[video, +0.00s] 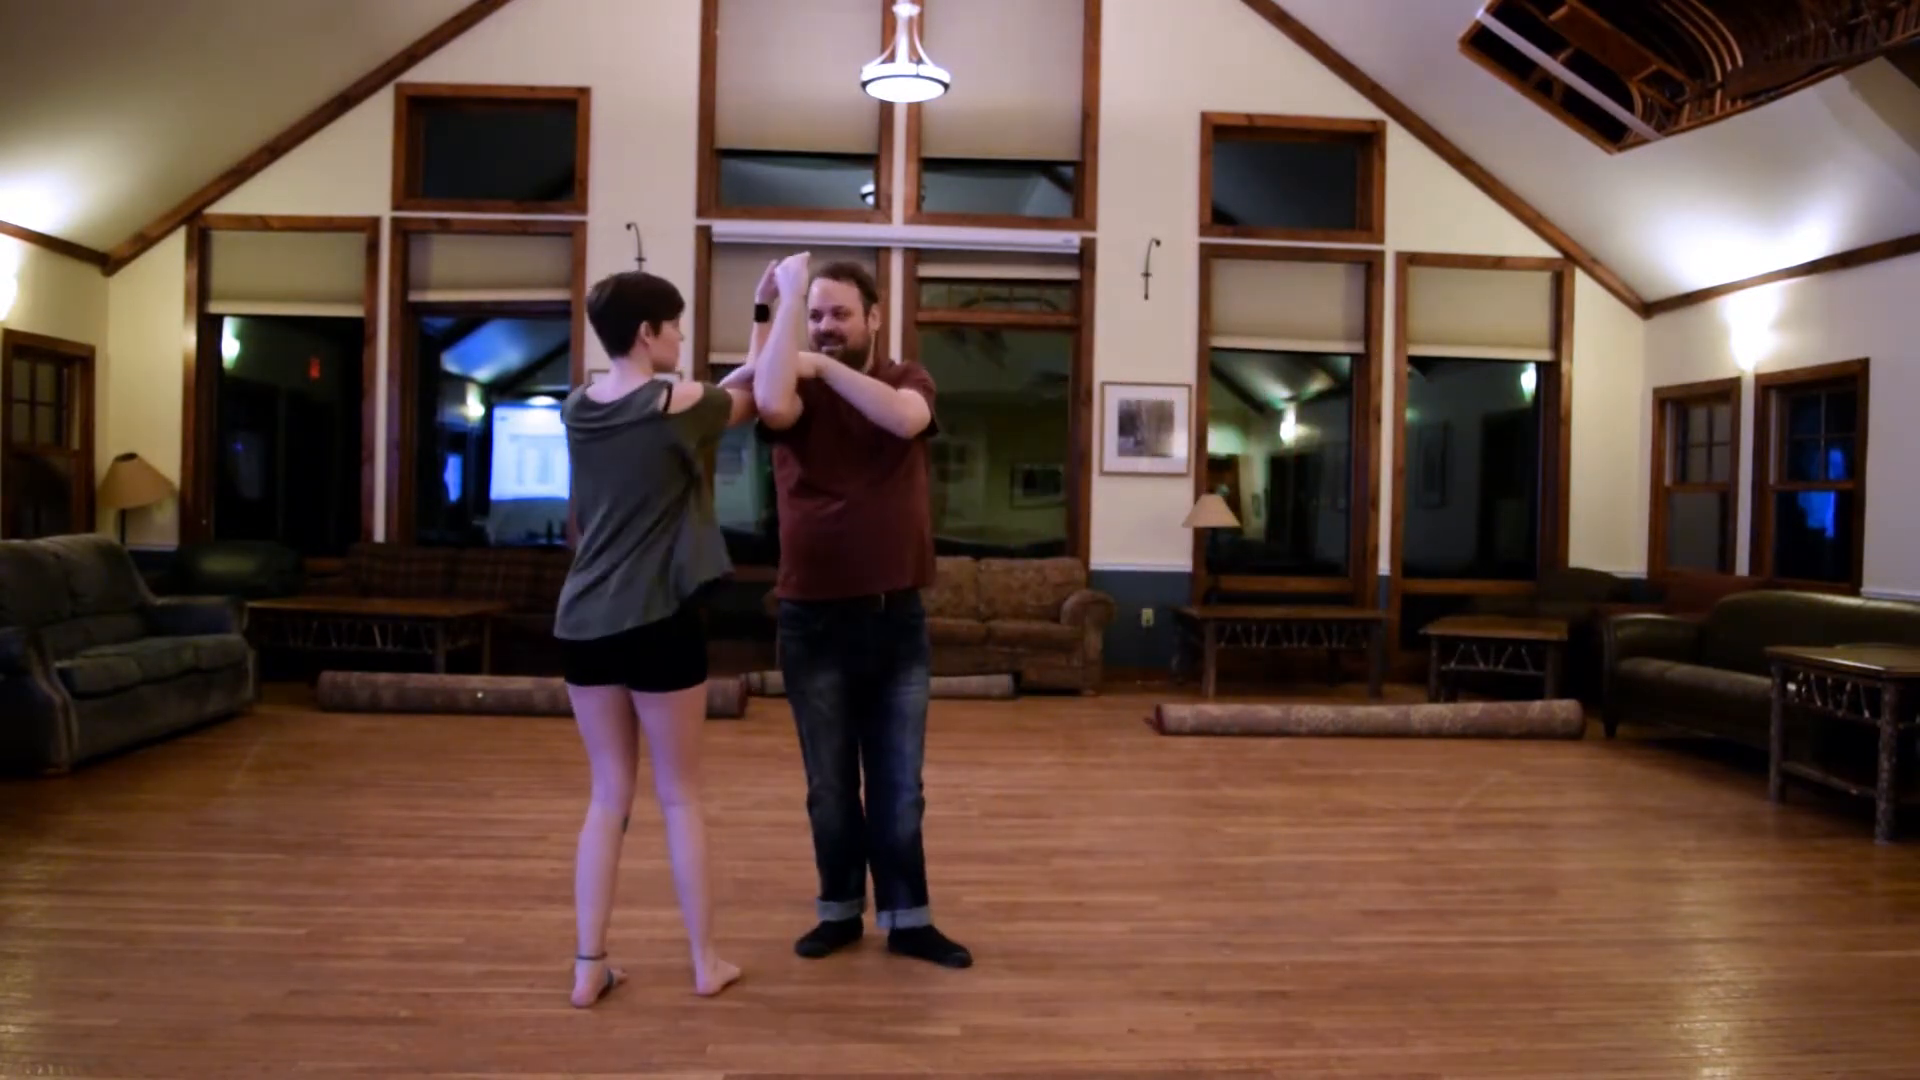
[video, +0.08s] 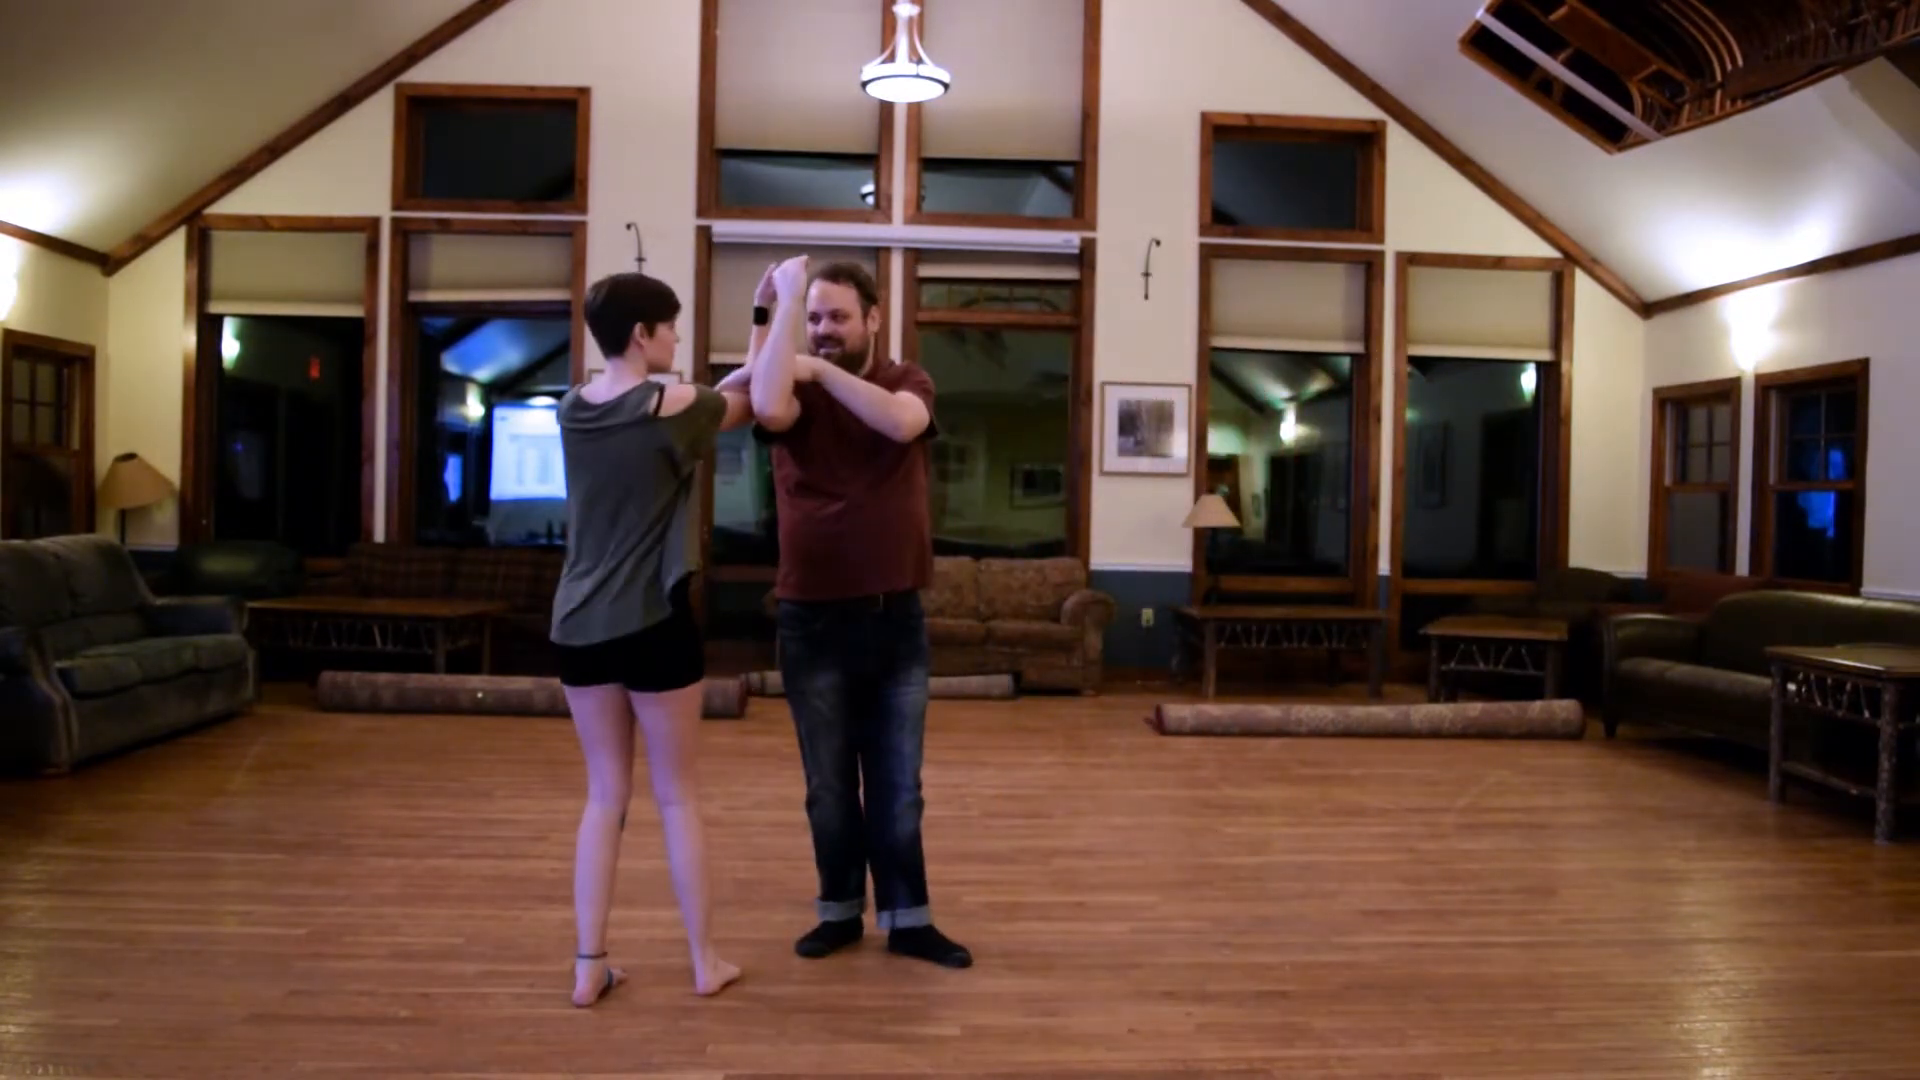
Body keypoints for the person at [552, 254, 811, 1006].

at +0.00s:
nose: (682, 338)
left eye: (679, 326)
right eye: (675, 327)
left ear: (614, 335)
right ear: (648, 334)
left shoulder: (579, 409)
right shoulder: (676, 403)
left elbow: (686, 404)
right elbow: (760, 395)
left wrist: (750, 364)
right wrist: (788, 306)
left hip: (583, 621)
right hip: (659, 621)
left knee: (607, 800)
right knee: (681, 799)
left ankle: (588, 966)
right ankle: (705, 962)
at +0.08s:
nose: (675, 340)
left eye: (673, 328)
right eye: (669, 329)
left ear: (608, 337)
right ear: (645, 335)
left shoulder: (571, 409)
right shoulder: (672, 408)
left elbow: (642, 414)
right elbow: (754, 397)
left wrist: (700, 392)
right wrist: (783, 312)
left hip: (578, 622)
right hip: (653, 621)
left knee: (603, 798)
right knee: (677, 798)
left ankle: (588, 966)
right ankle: (703, 961)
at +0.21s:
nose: (671, 337)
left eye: (669, 325)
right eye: (665, 325)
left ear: (603, 337)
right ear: (634, 334)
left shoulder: (564, 409)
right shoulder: (666, 408)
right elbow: (753, 400)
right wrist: (782, 309)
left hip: (574, 620)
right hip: (652, 617)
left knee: (597, 793)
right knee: (674, 793)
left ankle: (587, 962)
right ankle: (700, 960)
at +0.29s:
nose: (668, 337)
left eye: (666, 325)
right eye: (662, 325)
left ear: (600, 337)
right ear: (632, 334)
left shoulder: (562, 410)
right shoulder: (666, 409)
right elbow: (749, 399)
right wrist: (778, 307)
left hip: (574, 618)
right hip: (652, 616)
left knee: (595, 793)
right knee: (673, 792)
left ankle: (586, 964)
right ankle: (697, 959)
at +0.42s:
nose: (666, 339)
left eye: (664, 327)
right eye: (660, 327)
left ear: (597, 339)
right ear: (630, 335)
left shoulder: (561, 413)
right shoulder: (665, 409)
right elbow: (743, 399)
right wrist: (772, 309)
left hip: (574, 619)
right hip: (652, 617)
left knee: (594, 794)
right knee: (674, 793)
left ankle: (586, 964)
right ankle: (697, 960)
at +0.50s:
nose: (664, 341)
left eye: (663, 329)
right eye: (659, 328)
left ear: (596, 340)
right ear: (630, 336)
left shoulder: (560, 414)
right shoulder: (663, 409)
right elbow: (738, 402)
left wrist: (654, 380)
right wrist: (765, 316)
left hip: (576, 619)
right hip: (655, 617)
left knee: (596, 792)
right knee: (675, 794)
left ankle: (586, 964)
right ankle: (697, 960)